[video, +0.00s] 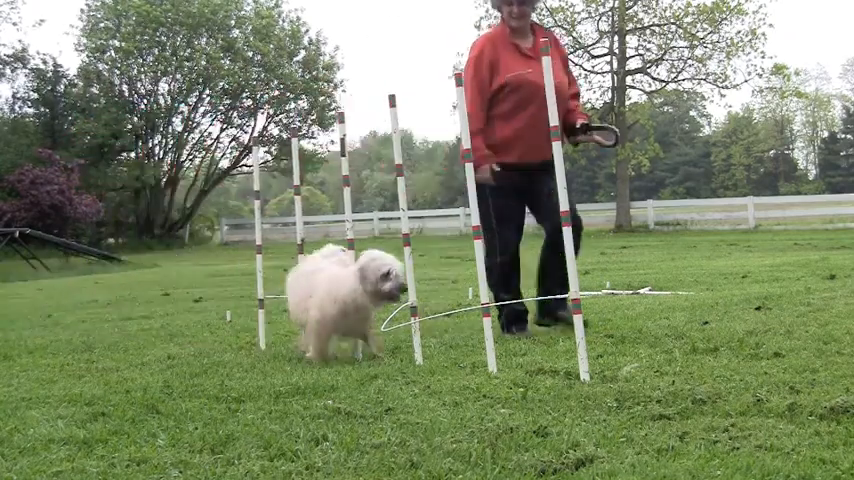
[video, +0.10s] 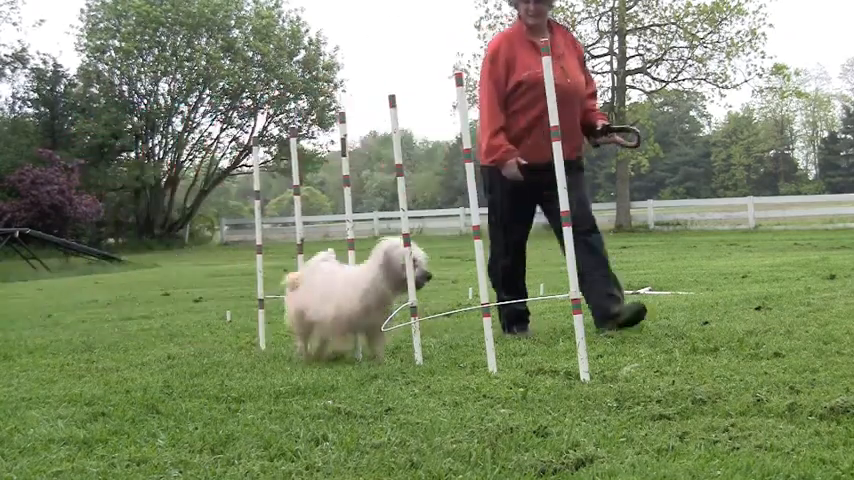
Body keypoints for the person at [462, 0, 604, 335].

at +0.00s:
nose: (517, 6)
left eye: (523, 0)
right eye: (509, 1)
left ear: (534, 4)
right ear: (498, 6)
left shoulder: (550, 43)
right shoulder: (485, 49)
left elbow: (569, 92)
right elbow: (473, 108)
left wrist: (577, 122)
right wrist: (479, 156)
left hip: (545, 164)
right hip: (501, 168)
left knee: (566, 225)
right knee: (504, 246)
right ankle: (512, 320)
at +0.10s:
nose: (532, 6)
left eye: (539, 0)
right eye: (525, 1)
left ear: (550, 3)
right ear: (515, 4)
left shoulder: (568, 42)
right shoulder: (501, 47)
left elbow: (585, 91)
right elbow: (489, 106)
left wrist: (596, 124)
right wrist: (501, 153)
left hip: (564, 160)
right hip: (513, 163)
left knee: (584, 233)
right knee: (508, 247)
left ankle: (609, 311)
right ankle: (514, 323)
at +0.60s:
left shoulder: (657, 17)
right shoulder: (577, 19)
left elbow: (682, 68)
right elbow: (554, 83)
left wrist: (688, 100)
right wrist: (543, 139)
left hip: (644, 144)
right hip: (590, 143)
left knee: (641, 234)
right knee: (617, 230)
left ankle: (622, 319)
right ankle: (637, 320)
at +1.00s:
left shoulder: (696, 8)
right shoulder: (604, 12)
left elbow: (721, 64)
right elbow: (586, 79)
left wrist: (717, 101)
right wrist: (587, 137)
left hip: (682, 143)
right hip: (620, 148)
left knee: (691, 228)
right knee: (629, 240)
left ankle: (711, 320)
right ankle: (643, 328)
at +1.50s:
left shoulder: (731, 4)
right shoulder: (628, 5)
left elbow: (760, 51)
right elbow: (613, 64)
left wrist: (751, 89)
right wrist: (608, 122)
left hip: (719, 134)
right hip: (649, 138)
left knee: (721, 235)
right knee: (644, 238)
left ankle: (719, 326)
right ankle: (644, 323)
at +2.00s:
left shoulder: (713, 4)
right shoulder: (618, 5)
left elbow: (744, 54)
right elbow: (604, 68)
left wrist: (738, 95)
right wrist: (602, 126)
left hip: (711, 141)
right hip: (640, 148)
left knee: (718, 244)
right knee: (644, 245)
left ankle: (721, 327)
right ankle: (650, 329)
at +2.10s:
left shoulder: (702, 4)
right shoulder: (608, 6)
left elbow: (734, 52)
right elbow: (595, 75)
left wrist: (728, 90)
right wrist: (593, 134)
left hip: (701, 140)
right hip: (631, 148)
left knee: (710, 243)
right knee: (634, 249)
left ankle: (717, 328)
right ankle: (641, 331)